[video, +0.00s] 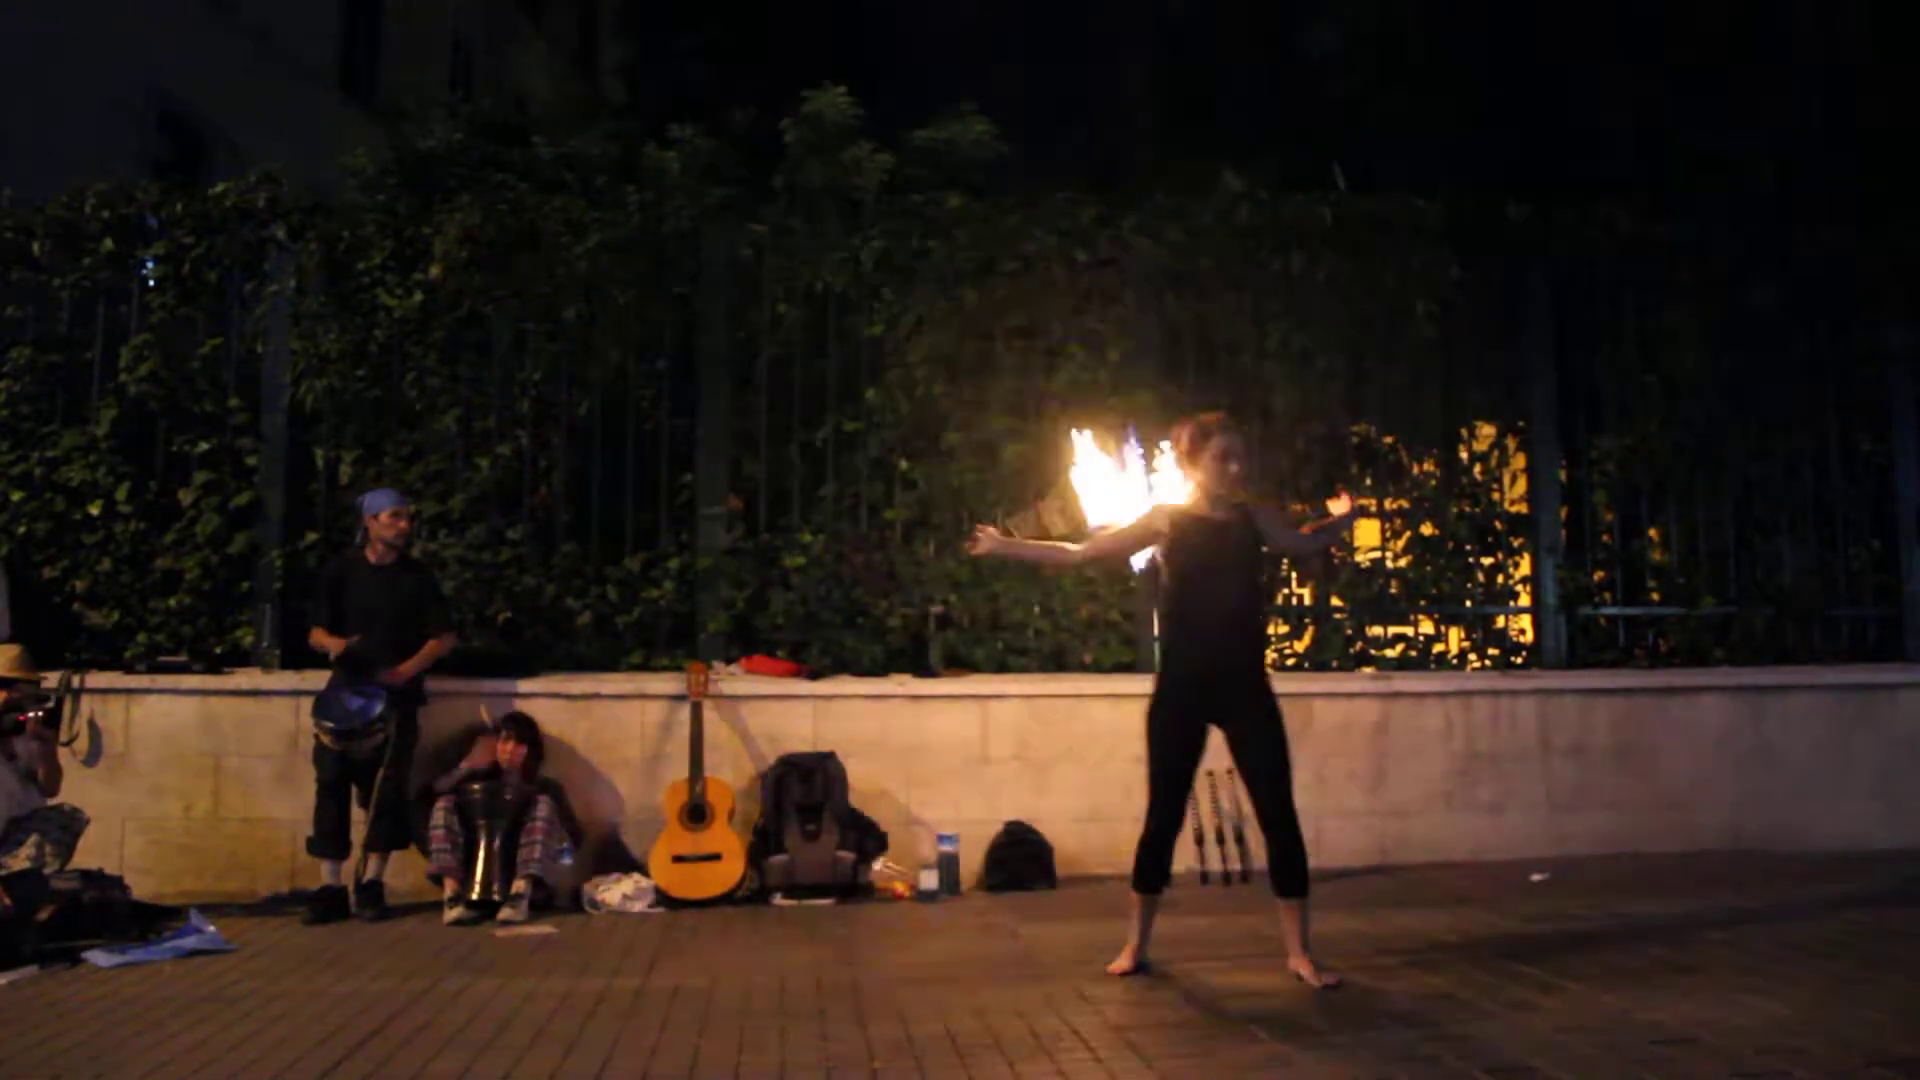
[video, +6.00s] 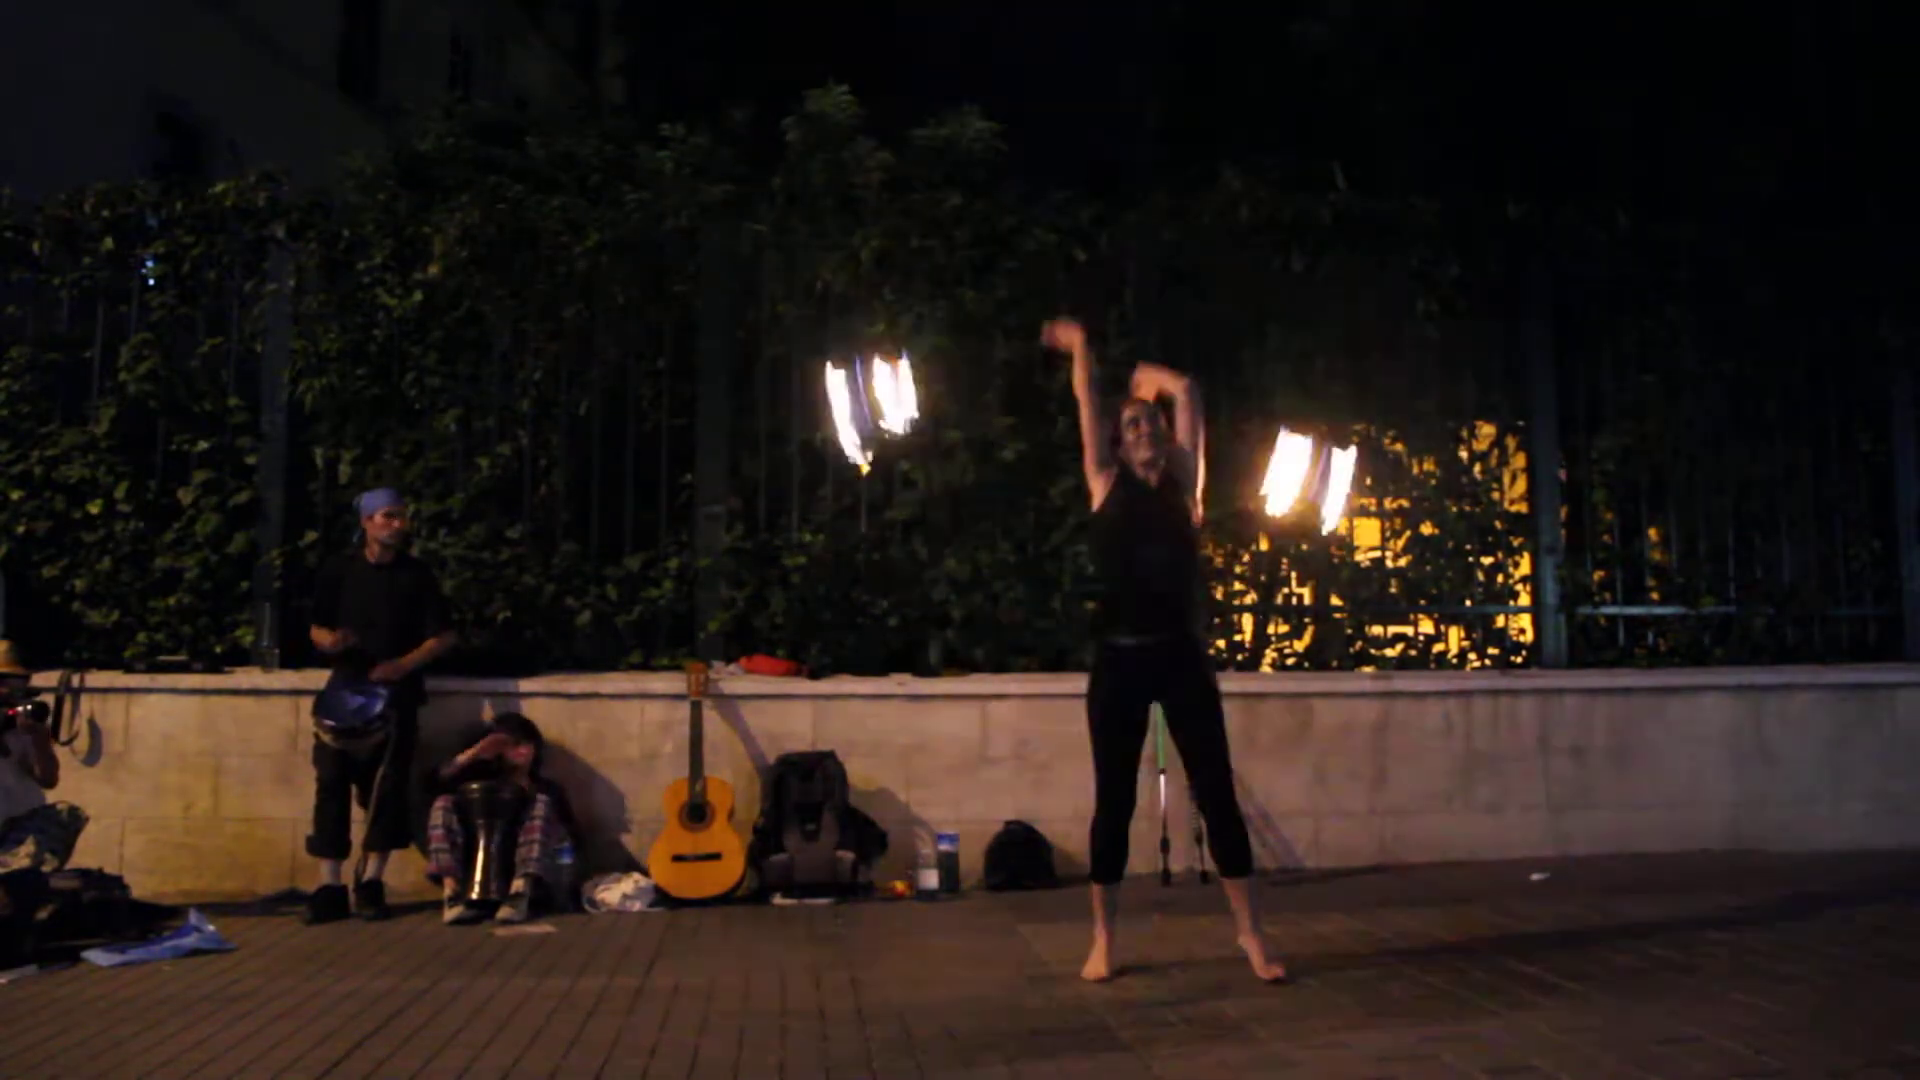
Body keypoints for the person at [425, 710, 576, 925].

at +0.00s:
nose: (510, 749)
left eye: (519, 744)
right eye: (505, 740)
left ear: (531, 752)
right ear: (495, 744)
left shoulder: (545, 788)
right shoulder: (475, 783)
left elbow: (572, 838)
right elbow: (434, 793)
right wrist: (468, 766)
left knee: (543, 804)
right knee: (444, 805)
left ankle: (520, 894)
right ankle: (451, 895)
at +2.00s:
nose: (518, 750)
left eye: (525, 743)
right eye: (511, 743)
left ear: (535, 749)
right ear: (499, 748)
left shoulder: (548, 788)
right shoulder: (483, 783)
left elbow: (567, 837)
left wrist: (539, 801)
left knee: (543, 807)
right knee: (445, 805)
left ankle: (521, 893)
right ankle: (451, 893)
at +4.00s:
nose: (524, 753)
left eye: (534, 750)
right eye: (521, 743)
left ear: (542, 759)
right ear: (509, 744)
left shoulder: (550, 790)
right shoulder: (488, 778)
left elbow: (568, 838)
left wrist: (536, 802)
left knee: (542, 806)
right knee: (444, 804)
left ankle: (520, 893)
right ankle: (451, 893)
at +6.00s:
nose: (522, 752)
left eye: (527, 745)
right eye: (513, 745)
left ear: (536, 751)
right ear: (498, 748)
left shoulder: (547, 788)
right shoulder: (482, 783)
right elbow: (437, 783)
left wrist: (526, 785)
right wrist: (475, 753)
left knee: (540, 804)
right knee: (443, 805)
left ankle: (520, 893)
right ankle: (451, 893)